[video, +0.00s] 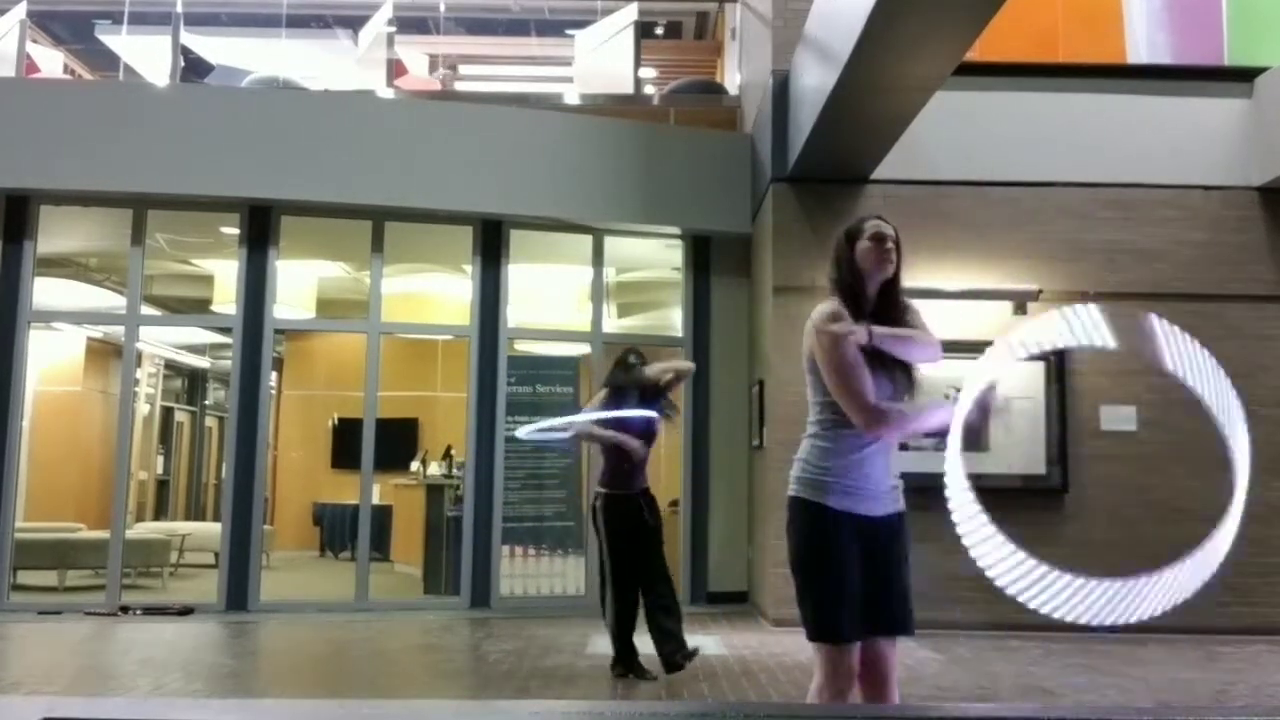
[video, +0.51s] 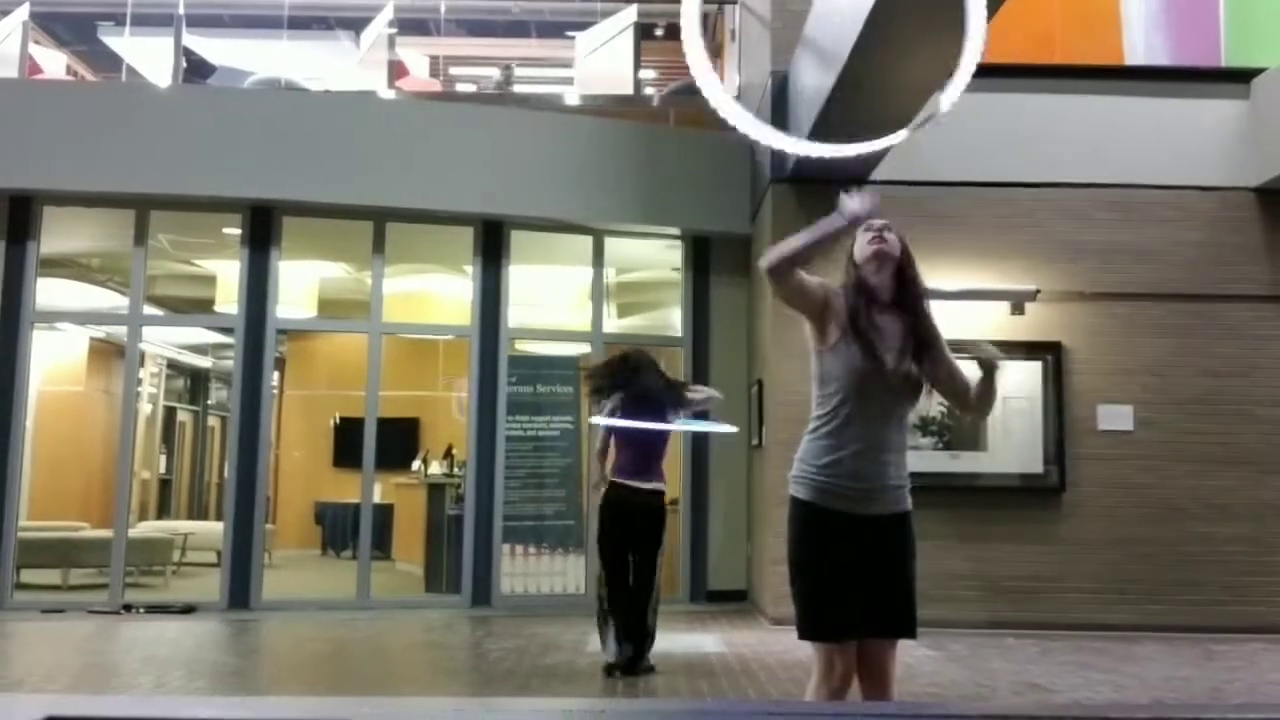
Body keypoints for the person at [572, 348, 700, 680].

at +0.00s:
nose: (648, 371)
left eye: (648, 368)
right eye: (644, 367)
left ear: (638, 373)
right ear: (633, 373)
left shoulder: (651, 397)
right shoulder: (608, 401)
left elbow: (688, 368)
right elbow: (579, 428)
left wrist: (653, 371)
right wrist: (622, 439)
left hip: (641, 500)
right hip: (612, 503)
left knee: (657, 578)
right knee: (622, 583)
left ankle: (673, 653)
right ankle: (624, 659)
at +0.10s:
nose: (654, 380)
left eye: (654, 374)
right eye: (650, 374)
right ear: (638, 378)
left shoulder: (642, 406)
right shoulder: (617, 405)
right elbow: (657, 430)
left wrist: (681, 398)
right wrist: (679, 403)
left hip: (631, 503)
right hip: (610, 505)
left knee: (646, 579)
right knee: (621, 584)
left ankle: (668, 651)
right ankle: (626, 659)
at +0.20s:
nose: (659, 390)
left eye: (660, 382)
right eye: (656, 383)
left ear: (630, 376)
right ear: (644, 380)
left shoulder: (632, 414)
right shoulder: (617, 404)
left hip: (629, 503)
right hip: (619, 505)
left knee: (636, 578)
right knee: (625, 579)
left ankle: (644, 648)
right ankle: (630, 657)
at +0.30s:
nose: (664, 387)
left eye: (662, 378)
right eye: (659, 378)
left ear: (632, 375)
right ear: (643, 377)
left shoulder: (637, 411)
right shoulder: (630, 398)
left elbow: (644, 461)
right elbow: (678, 364)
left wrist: (681, 482)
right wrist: (671, 377)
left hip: (621, 501)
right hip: (630, 503)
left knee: (625, 581)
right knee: (635, 581)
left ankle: (622, 654)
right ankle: (627, 655)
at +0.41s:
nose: (657, 381)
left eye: (655, 375)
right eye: (654, 375)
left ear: (619, 377)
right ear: (649, 378)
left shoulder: (614, 405)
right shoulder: (649, 402)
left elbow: (608, 451)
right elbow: (694, 373)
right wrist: (695, 373)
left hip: (612, 500)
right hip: (637, 505)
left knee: (615, 580)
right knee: (640, 582)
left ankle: (613, 655)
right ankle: (630, 657)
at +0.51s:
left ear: (621, 378)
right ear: (656, 375)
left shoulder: (615, 403)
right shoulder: (670, 404)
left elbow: (601, 450)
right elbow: (713, 397)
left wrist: (602, 480)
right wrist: (684, 391)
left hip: (618, 498)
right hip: (652, 501)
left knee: (616, 576)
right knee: (645, 577)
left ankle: (625, 652)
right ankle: (639, 656)